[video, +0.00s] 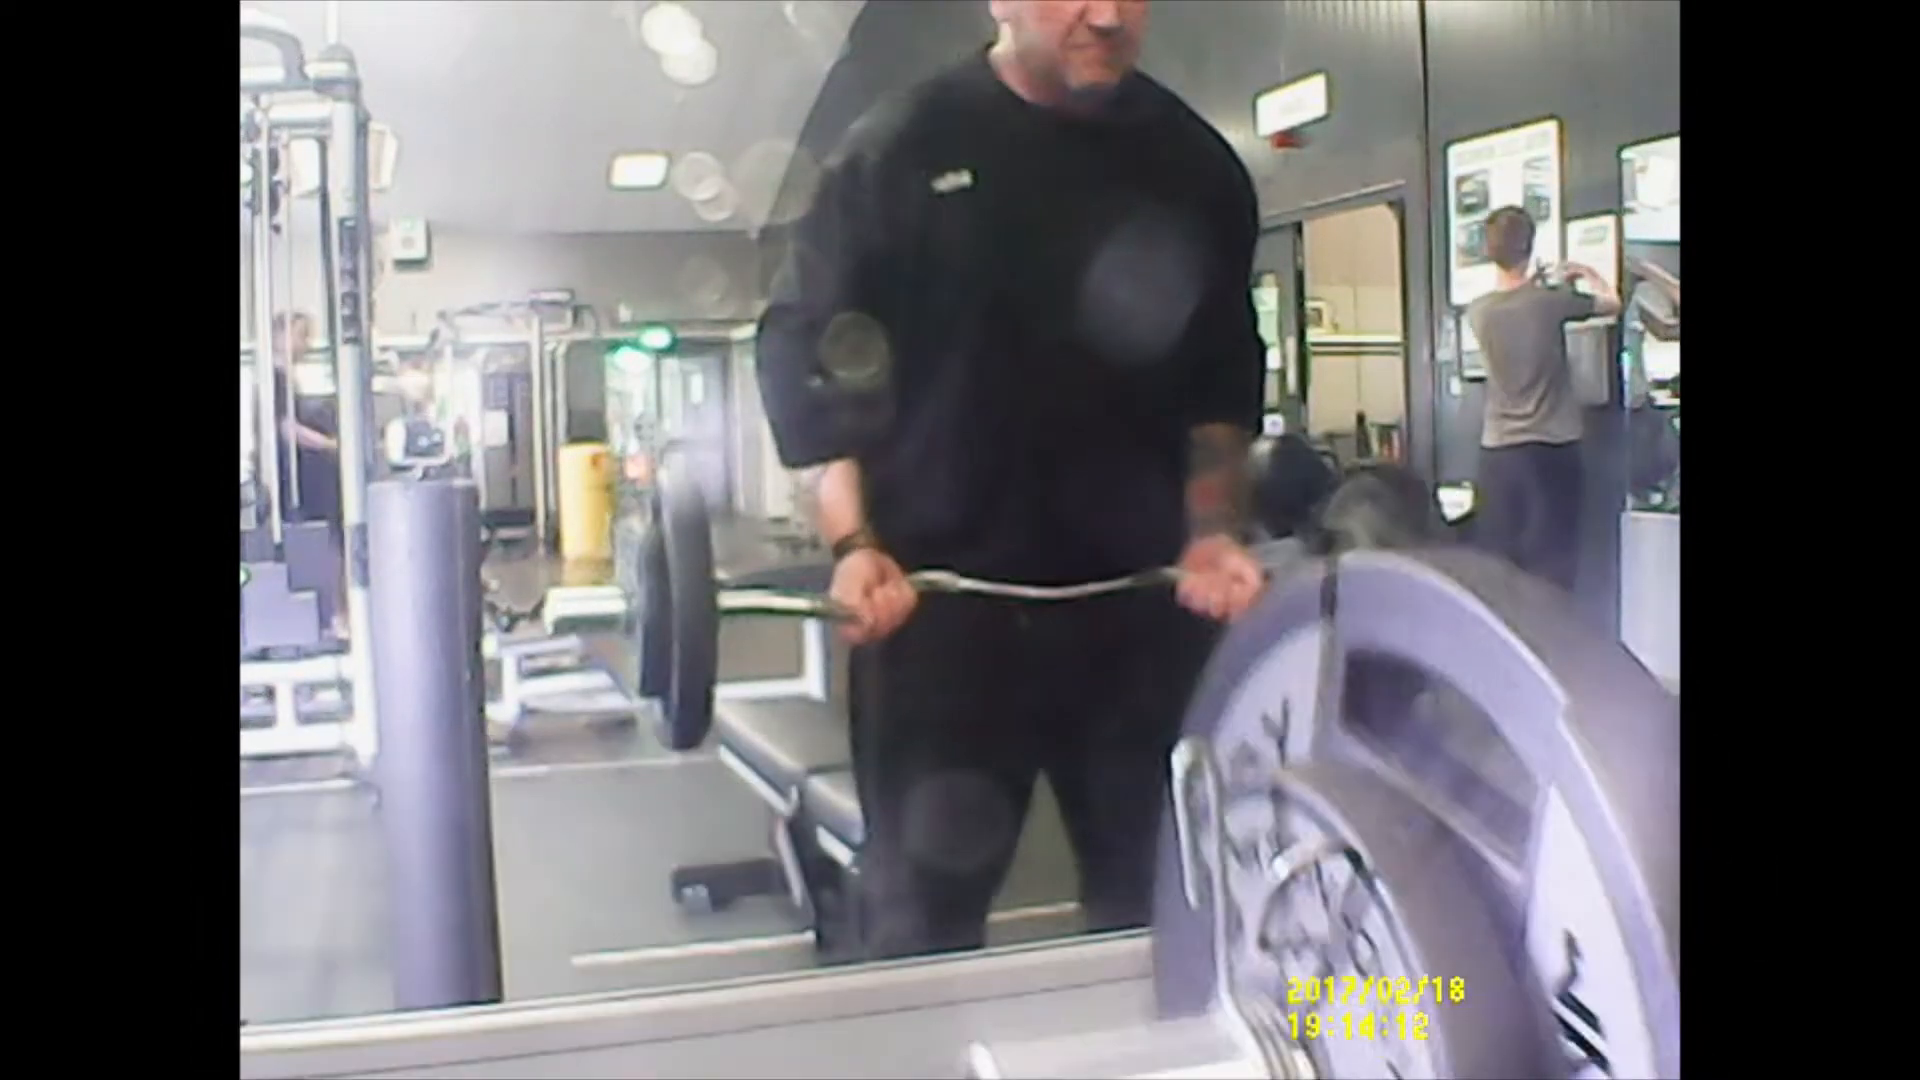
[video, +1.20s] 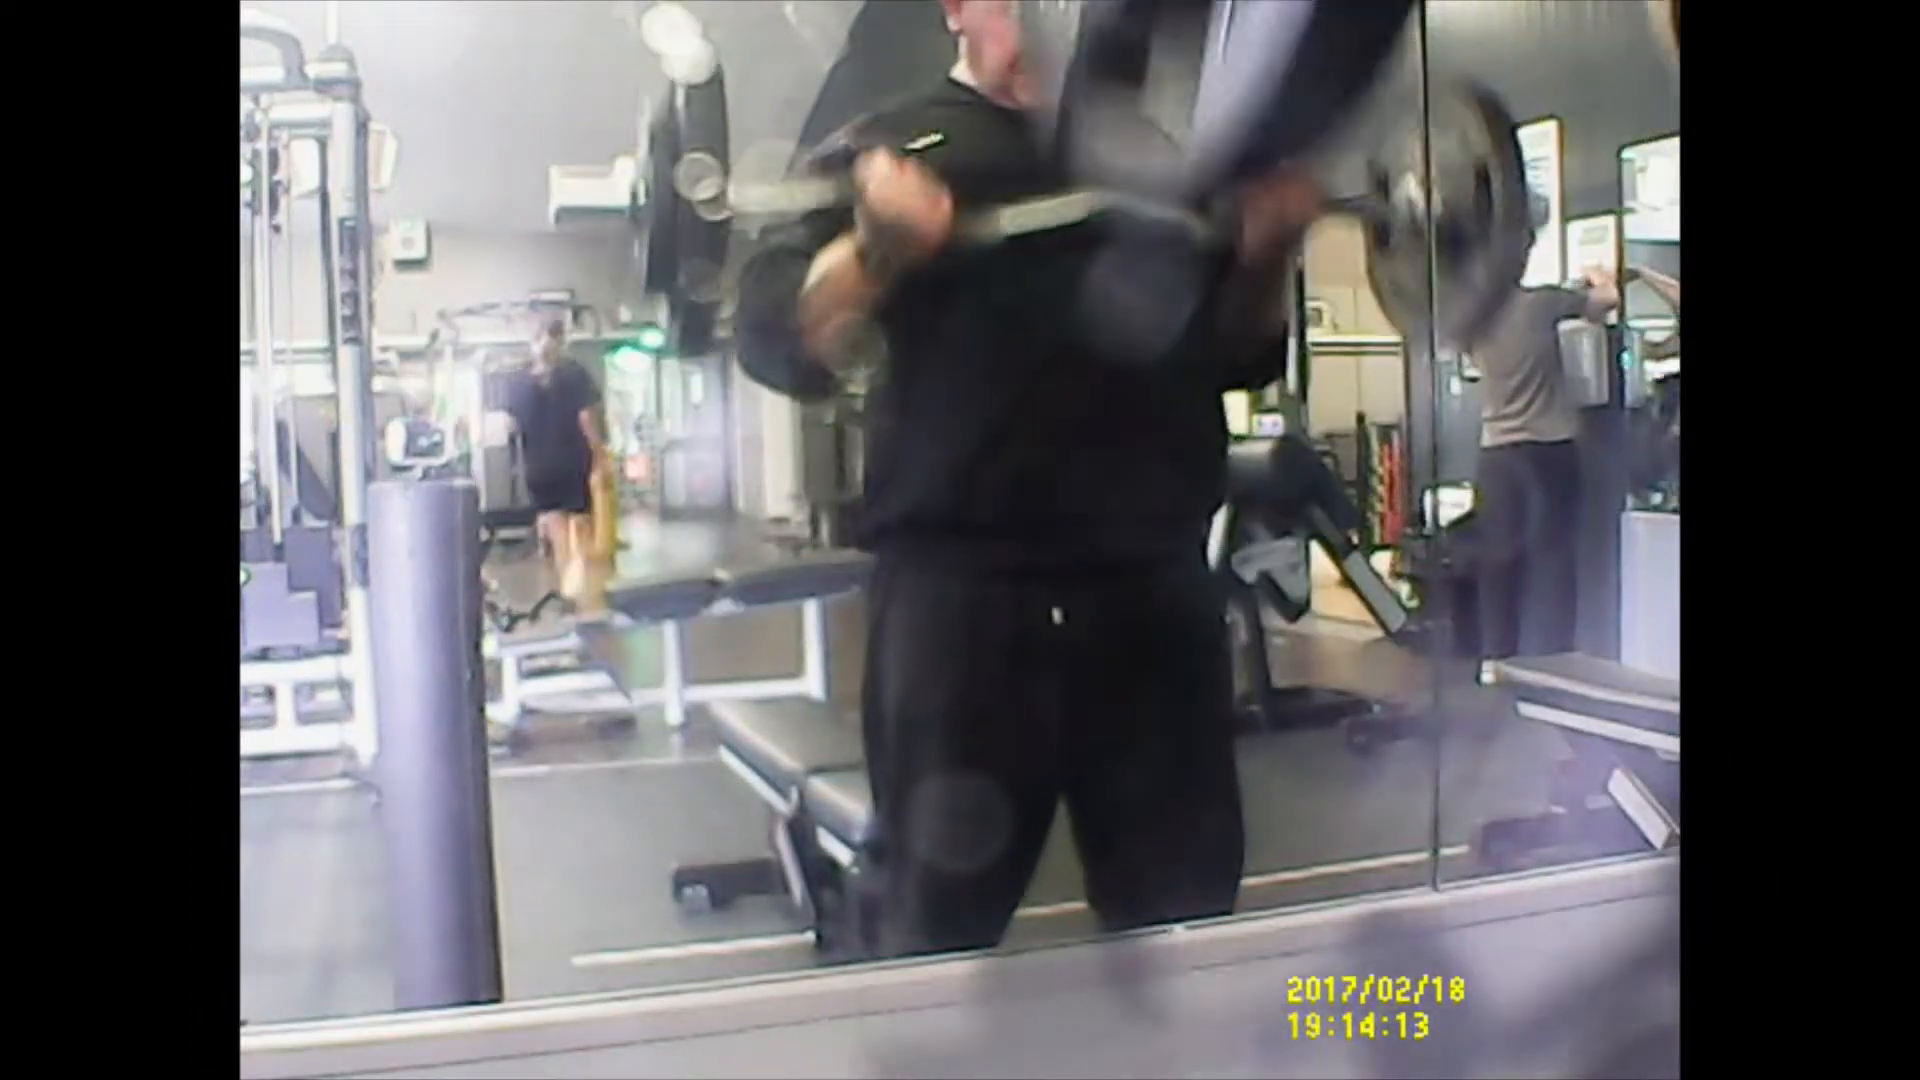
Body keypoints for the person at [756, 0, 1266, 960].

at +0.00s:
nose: (1109, 13)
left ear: (1148, 10)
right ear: (1005, 5)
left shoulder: (1201, 168)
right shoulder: (902, 148)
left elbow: (1223, 372)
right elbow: (810, 345)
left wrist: (1212, 530)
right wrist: (851, 539)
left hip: (1139, 612)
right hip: (943, 612)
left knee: (1161, 945)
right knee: (917, 958)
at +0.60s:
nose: (1091, 13)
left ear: (1140, 10)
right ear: (997, 10)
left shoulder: (1194, 148)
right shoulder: (903, 141)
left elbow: (1253, 343)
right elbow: (783, 309)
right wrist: (875, 431)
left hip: (1138, 539)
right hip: (941, 548)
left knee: (1158, 865)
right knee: (929, 868)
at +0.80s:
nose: (1039, 29)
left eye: (1061, 10)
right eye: (1011, 10)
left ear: (1106, 20)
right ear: (961, 17)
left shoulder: (1159, 154)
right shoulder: (900, 147)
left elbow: (1253, 349)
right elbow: (778, 327)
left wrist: (1275, 218)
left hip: (1153, 589)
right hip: (965, 599)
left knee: (1187, 937)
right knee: (935, 944)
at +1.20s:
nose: (1040, 20)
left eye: (1056, 6)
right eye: (1009, 4)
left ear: (1101, 16)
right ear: (958, 13)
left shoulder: (1154, 148)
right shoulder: (904, 148)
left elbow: (1232, 361)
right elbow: (770, 340)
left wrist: (1263, 259)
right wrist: (874, 254)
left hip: (1148, 590)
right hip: (962, 600)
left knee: (1186, 952)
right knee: (935, 956)